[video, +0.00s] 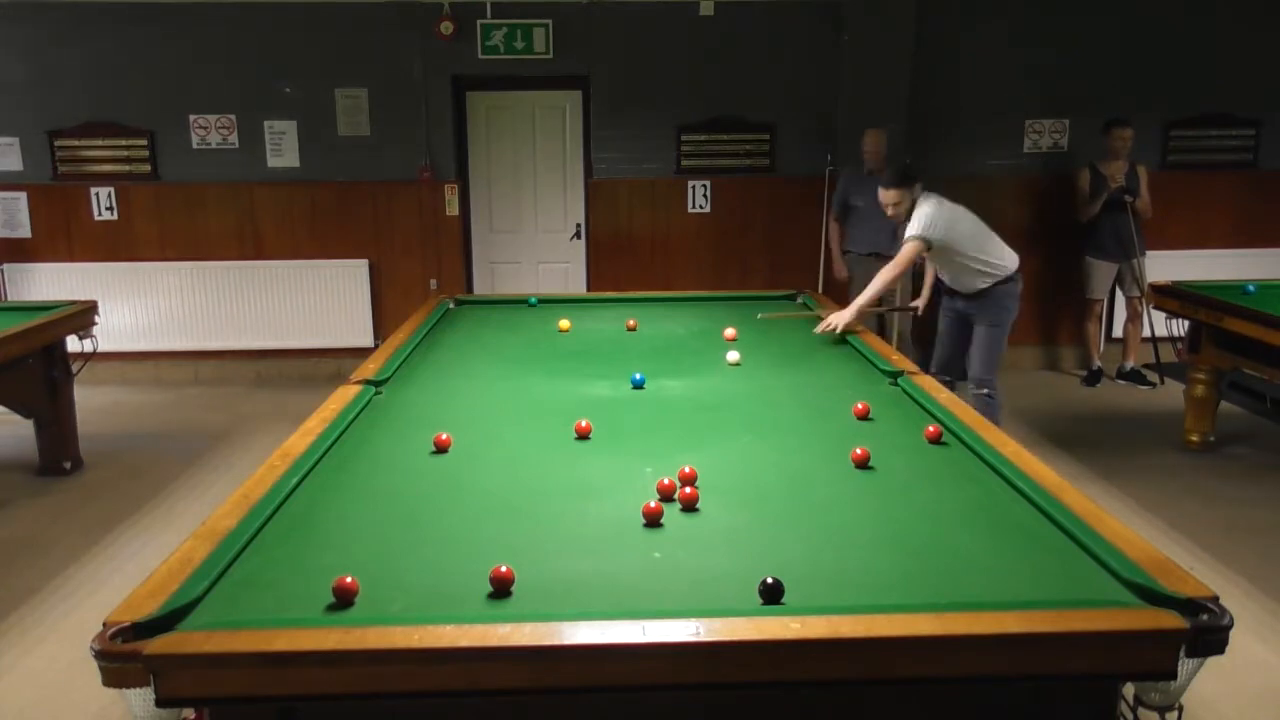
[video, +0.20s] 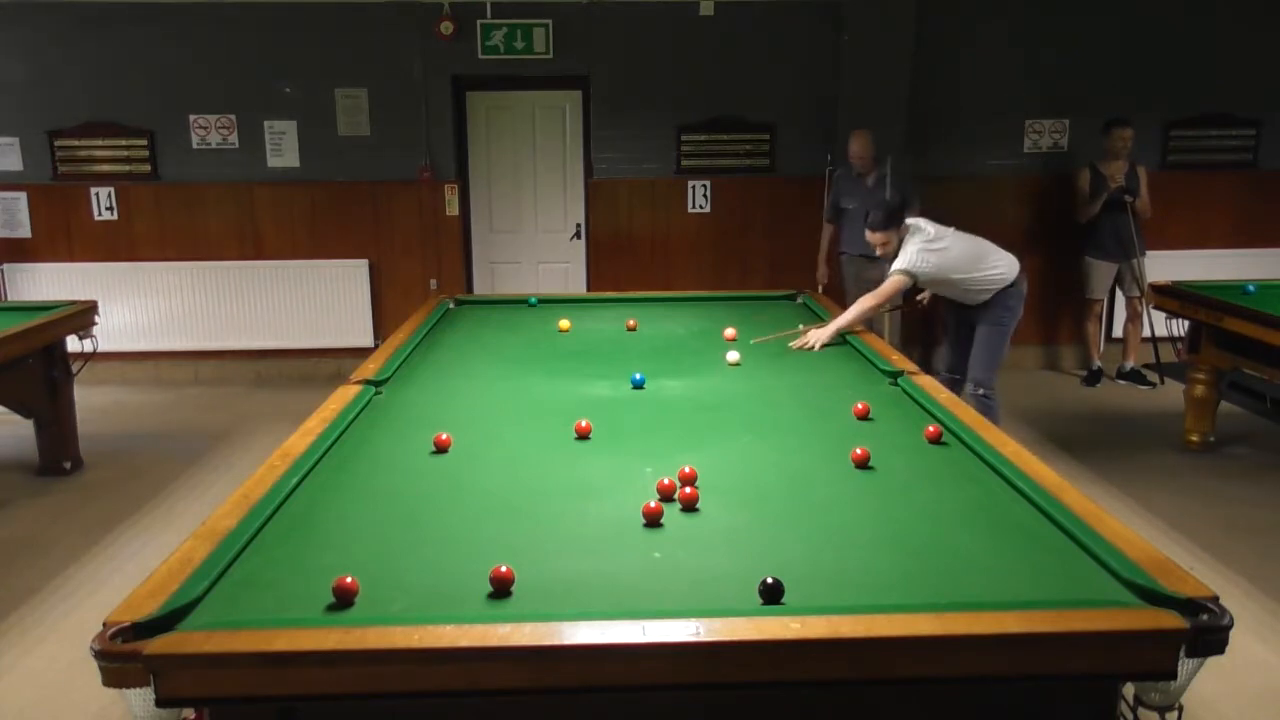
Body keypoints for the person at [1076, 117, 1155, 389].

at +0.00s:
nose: (1125, 145)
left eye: (1129, 140)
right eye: (1120, 139)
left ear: (1132, 142)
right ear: (1107, 140)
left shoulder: (1137, 171)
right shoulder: (1089, 172)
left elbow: (1147, 211)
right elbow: (1083, 214)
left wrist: (1131, 197)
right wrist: (1106, 191)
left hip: (1132, 250)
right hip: (1100, 250)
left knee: (1136, 309)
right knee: (1094, 309)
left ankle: (1128, 366)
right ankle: (1094, 365)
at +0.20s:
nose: (1126, 145)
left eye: (1129, 140)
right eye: (1120, 140)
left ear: (1133, 142)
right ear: (1107, 140)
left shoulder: (1137, 171)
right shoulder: (1088, 172)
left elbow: (1146, 211)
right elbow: (1082, 215)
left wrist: (1132, 198)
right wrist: (1106, 192)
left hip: (1132, 250)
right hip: (1099, 250)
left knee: (1136, 309)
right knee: (1094, 309)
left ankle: (1128, 366)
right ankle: (1095, 365)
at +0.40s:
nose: (1126, 145)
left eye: (1129, 140)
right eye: (1120, 140)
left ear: (1132, 142)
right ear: (1107, 140)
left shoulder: (1137, 171)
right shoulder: (1088, 172)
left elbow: (1146, 211)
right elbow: (1083, 215)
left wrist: (1132, 198)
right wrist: (1106, 191)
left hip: (1132, 250)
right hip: (1099, 250)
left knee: (1136, 309)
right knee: (1094, 309)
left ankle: (1128, 366)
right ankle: (1095, 365)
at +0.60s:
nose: (1126, 145)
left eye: (1129, 140)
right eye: (1120, 140)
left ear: (1133, 142)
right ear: (1107, 140)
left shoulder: (1137, 171)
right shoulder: (1088, 172)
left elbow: (1146, 211)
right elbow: (1082, 215)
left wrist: (1132, 198)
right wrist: (1106, 192)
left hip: (1132, 250)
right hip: (1099, 250)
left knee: (1136, 309)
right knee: (1094, 309)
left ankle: (1128, 366)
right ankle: (1095, 365)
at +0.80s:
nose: (1126, 145)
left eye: (1129, 140)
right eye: (1120, 140)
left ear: (1133, 142)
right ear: (1107, 140)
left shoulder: (1137, 171)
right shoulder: (1088, 172)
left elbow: (1146, 211)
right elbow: (1082, 214)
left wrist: (1132, 198)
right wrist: (1106, 192)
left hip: (1132, 250)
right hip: (1099, 250)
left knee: (1136, 309)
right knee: (1094, 309)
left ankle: (1128, 366)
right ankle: (1095, 365)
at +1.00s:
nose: (1126, 145)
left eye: (1129, 140)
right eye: (1120, 140)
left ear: (1133, 142)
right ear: (1107, 141)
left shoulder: (1137, 171)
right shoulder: (1088, 172)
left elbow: (1146, 211)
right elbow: (1082, 215)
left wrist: (1131, 197)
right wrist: (1105, 192)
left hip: (1132, 251)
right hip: (1099, 250)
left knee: (1136, 309)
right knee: (1094, 309)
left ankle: (1128, 366)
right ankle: (1095, 365)